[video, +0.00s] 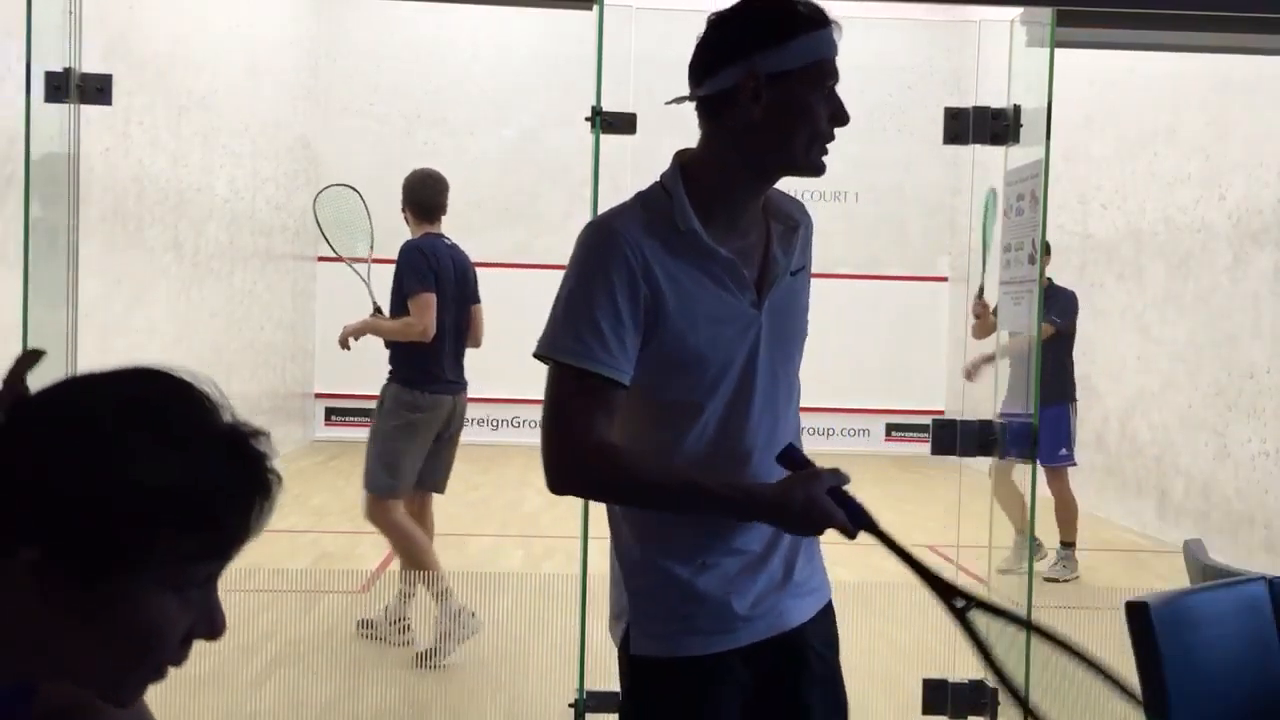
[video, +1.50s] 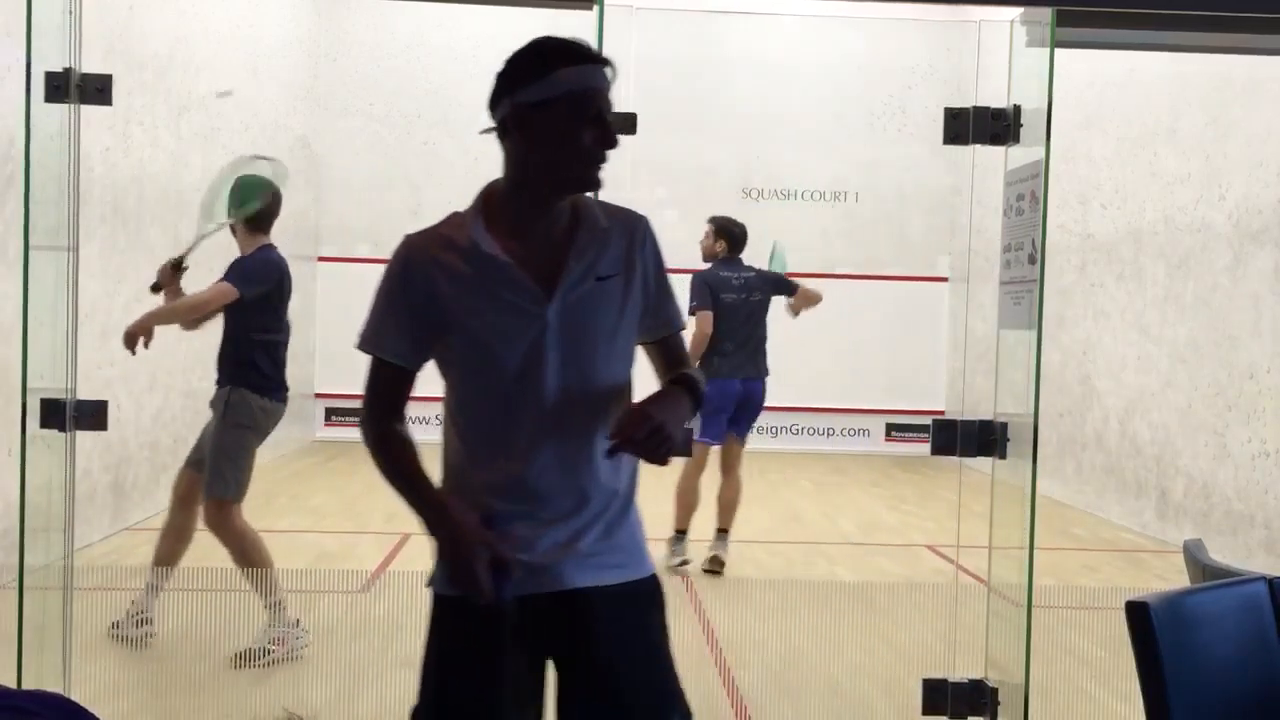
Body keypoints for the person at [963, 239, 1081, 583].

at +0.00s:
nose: (1025, 265)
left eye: (1032, 257)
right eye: (1019, 258)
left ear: (1045, 259)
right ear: (1011, 261)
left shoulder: (1062, 298)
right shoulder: (1014, 298)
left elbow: (1036, 337)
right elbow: (980, 333)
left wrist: (987, 358)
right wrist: (982, 316)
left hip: (1054, 403)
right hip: (1017, 401)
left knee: (1057, 479)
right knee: (1000, 477)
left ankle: (1067, 556)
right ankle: (1026, 542)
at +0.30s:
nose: (963, 277)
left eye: (969, 270)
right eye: (961, 271)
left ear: (989, 268)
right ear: (966, 271)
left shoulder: (1016, 299)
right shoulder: (972, 302)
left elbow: (1003, 336)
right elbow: (952, 329)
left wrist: (941, 335)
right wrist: (955, 281)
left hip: (1023, 404)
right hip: (987, 402)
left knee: (1041, 481)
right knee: (953, 470)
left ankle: (1065, 554)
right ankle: (924, 539)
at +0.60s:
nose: (858, 306)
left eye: (862, 299)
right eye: (856, 300)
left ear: (882, 295)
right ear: (875, 299)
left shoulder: (921, 316)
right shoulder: (879, 327)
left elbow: (915, 365)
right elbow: (851, 354)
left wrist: (891, 392)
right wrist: (882, 356)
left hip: (952, 413)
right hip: (922, 413)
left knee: (977, 494)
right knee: (876, 464)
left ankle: (1039, 545)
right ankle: (871, 545)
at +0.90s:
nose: (794, 287)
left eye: (796, 281)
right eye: (795, 281)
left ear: (803, 280)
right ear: (826, 277)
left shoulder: (815, 312)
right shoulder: (851, 298)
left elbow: (801, 369)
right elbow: (884, 303)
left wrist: (766, 394)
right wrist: (903, 299)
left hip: (871, 396)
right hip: (879, 392)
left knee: (839, 469)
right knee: (857, 469)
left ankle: (885, 530)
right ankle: (870, 540)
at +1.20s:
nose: (743, 267)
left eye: (745, 263)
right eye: (745, 263)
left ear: (752, 267)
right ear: (780, 268)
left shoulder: (742, 302)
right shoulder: (801, 296)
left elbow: (725, 355)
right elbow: (853, 284)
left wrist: (712, 396)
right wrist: (869, 247)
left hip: (771, 402)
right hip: (810, 399)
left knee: (742, 469)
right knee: (823, 468)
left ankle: (726, 547)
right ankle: (857, 540)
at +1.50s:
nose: (701, 242)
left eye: (706, 237)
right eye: (704, 236)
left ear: (720, 244)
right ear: (733, 246)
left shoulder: (704, 278)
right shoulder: (762, 277)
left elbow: (704, 329)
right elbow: (812, 295)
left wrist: (687, 365)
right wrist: (795, 305)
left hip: (717, 382)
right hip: (754, 384)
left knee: (695, 465)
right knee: (732, 466)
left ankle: (678, 544)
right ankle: (721, 546)